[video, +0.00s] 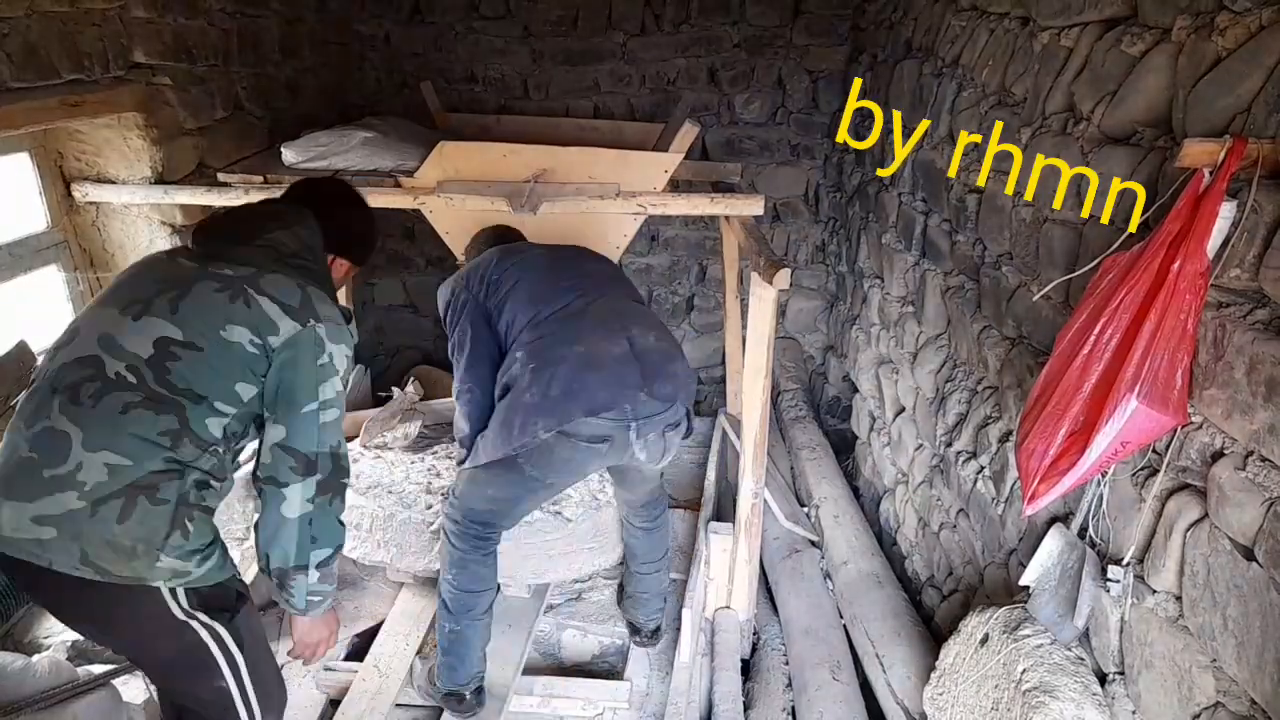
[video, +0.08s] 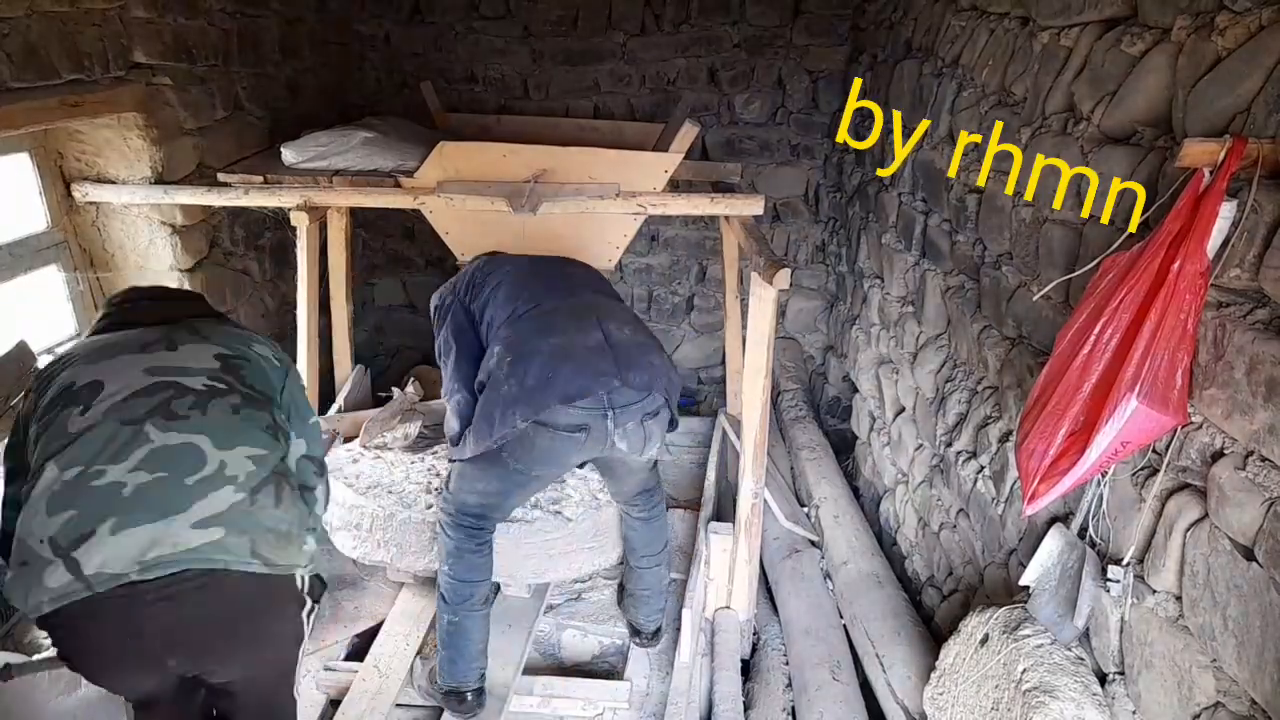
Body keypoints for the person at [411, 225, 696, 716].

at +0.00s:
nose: (464, 279)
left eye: (464, 270)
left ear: (475, 261)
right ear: (525, 244)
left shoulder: (471, 281)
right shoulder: (588, 258)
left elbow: (475, 388)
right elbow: (639, 329)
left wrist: (473, 466)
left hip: (570, 413)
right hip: (662, 408)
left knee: (472, 519)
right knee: (646, 506)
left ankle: (459, 682)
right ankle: (648, 620)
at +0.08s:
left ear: (468, 273)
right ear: (513, 260)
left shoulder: (457, 290)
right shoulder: (576, 269)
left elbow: (460, 394)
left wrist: (461, 462)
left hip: (549, 405)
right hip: (642, 400)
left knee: (468, 521)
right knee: (643, 501)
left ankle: (460, 682)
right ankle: (648, 621)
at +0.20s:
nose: (450, 276)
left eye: (450, 267)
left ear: (457, 264)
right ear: (508, 246)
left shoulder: (446, 289)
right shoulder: (576, 264)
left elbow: (461, 404)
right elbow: (625, 340)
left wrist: (467, 471)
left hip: (553, 426)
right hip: (651, 414)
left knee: (471, 519)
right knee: (643, 501)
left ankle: (462, 682)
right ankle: (648, 621)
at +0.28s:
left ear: (469, 269)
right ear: (519, 257)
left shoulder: (450, 292)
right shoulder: (576, 269)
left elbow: (456, 401)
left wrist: (467, 476)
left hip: (537, 418)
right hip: (635, 411)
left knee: (471, 519)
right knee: (643, 505)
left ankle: (460, 678)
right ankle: (648, 621)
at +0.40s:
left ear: (478, 290)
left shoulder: (462, 305)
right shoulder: (582, 281)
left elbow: (461, 406)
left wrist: (468, 465)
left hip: (548, 399)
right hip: (645, 395)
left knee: (475, 513)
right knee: (649, 501)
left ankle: (462, 673)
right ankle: (648, 621)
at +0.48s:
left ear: (480, 272)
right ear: (529, 259)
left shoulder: (467, 289)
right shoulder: (584, 270)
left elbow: (467, 393)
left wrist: (469, 450)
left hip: (560, 405)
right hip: (653, 399)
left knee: (476, 504)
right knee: (653, 499)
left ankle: (463, 661)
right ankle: (649, 620)